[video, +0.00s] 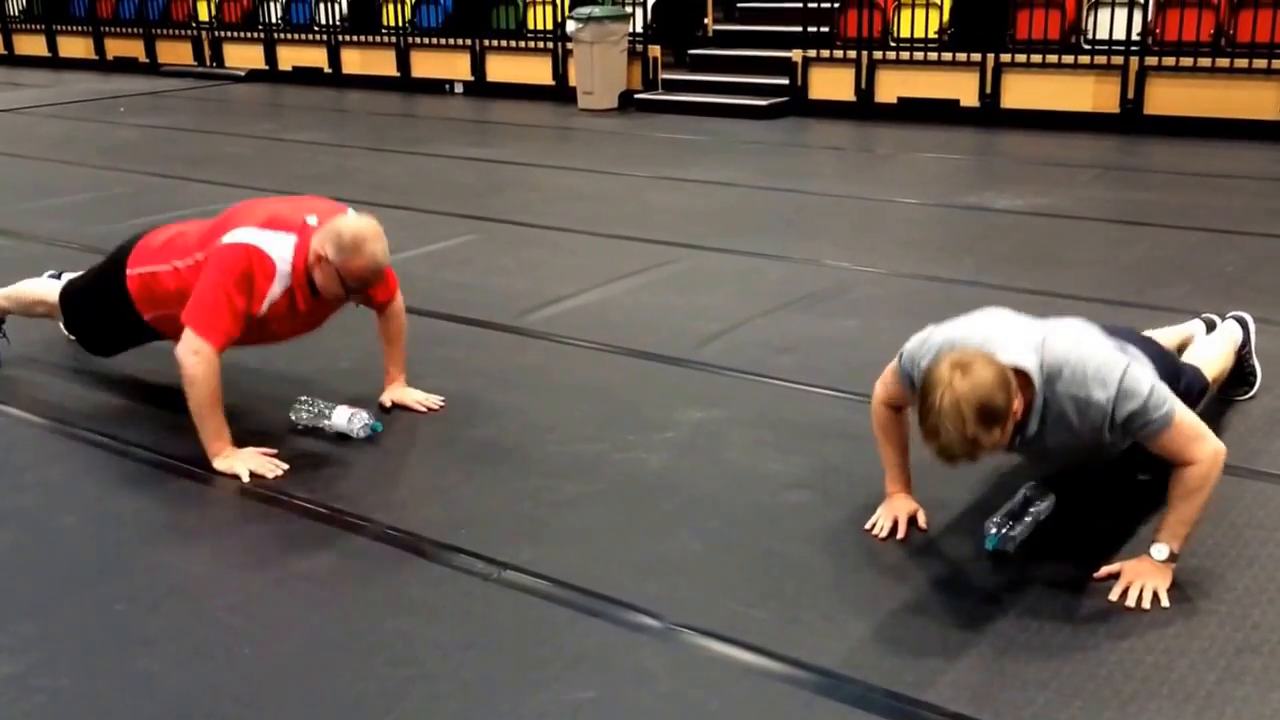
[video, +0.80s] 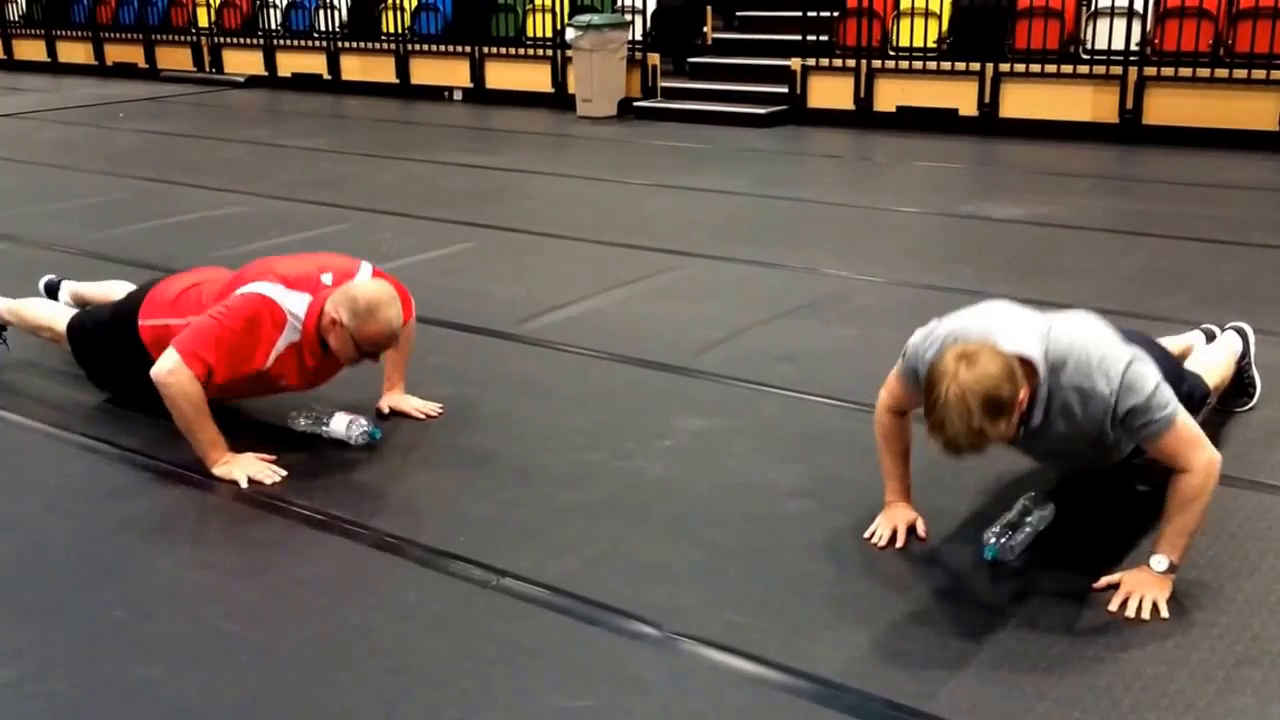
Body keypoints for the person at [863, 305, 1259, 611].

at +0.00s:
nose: (991, 458)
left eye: (995, 447)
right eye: (974, 454)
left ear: (1017, 403)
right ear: (943, 411)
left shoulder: (1104, 383)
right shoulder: (931, 353)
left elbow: (1206, 454)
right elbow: (886, 400)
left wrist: (1160, 556)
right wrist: (897, 492)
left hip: (1135, 372)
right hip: (1082, 346)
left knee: (1194, 377)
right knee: (1141, 348)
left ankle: (1233, 332)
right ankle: (1200, 326)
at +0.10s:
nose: (985, 409)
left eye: (991, 397)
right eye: (970, 401)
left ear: (1022, 355)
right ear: (948, 356)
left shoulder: (1110, 343)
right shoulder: (934, 319)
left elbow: (1183, 447)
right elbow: (898, 397)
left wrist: (1159, 558)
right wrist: (897, 492)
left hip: (1145, 356)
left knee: (1196, 370)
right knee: (1167, 347)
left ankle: (1236, 335)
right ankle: (1206, 329)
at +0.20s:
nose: (988, 383)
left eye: (998, 371)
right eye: (973, 374)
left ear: (1029, 328)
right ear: (949, 340)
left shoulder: (1115, 326)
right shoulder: (935, 309)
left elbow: (1162, 445)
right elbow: (906, 398)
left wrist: (1156, 558)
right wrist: (898, 493)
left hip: (1144, 363)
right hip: (1059, 386)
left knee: (1196, 369)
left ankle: (1235, 338)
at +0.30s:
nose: (985, 402)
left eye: (993, 387)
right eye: (972, 393)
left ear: (1024, 346)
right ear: (951, 360)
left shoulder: (1112, 344)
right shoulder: (931, 327)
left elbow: (1183, 450)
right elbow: (899, 401)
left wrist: (1159, 561)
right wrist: (897, 495)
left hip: (1144, 364)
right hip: (1058, 391)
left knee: (1197, 360)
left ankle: (1235, 337)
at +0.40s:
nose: (985, 446)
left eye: (990, 436)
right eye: (971, 440)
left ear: (1017, 397)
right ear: (941, 401)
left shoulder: (1100, 383)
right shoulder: (928, 357)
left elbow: (1205, 458)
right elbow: (884, 404)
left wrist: (1160, 561)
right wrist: (896, 497)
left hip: (1138, 379)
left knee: (1195, 383)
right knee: (1143, 356)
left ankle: (1233, 338)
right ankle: (1199, 331)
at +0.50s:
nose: (978, 499)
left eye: (982, 490)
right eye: (964, 494)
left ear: (1010, 453)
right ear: (931, 427)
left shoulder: (1099, 418)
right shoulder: (940, 380)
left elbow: (1217, 468)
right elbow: (880, 404)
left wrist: (1161, 564)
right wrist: (895, 497)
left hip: (1133, 395)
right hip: (1059, 370)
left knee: (1191, 393)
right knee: (1129, 370)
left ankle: (1232, 339)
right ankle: (1194, 334)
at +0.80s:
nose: (992, 444)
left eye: (995, 434)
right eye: (980, 439)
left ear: (1022, 395)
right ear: (945, 394)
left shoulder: (1111, 379)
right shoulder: (933, 349)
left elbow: (1201, 464)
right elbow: (891, 407)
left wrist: (1160, 567)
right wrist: (896, 501)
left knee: (1193, 386)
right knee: (1146, 359)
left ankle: (1234, 343)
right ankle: (1195, 339)